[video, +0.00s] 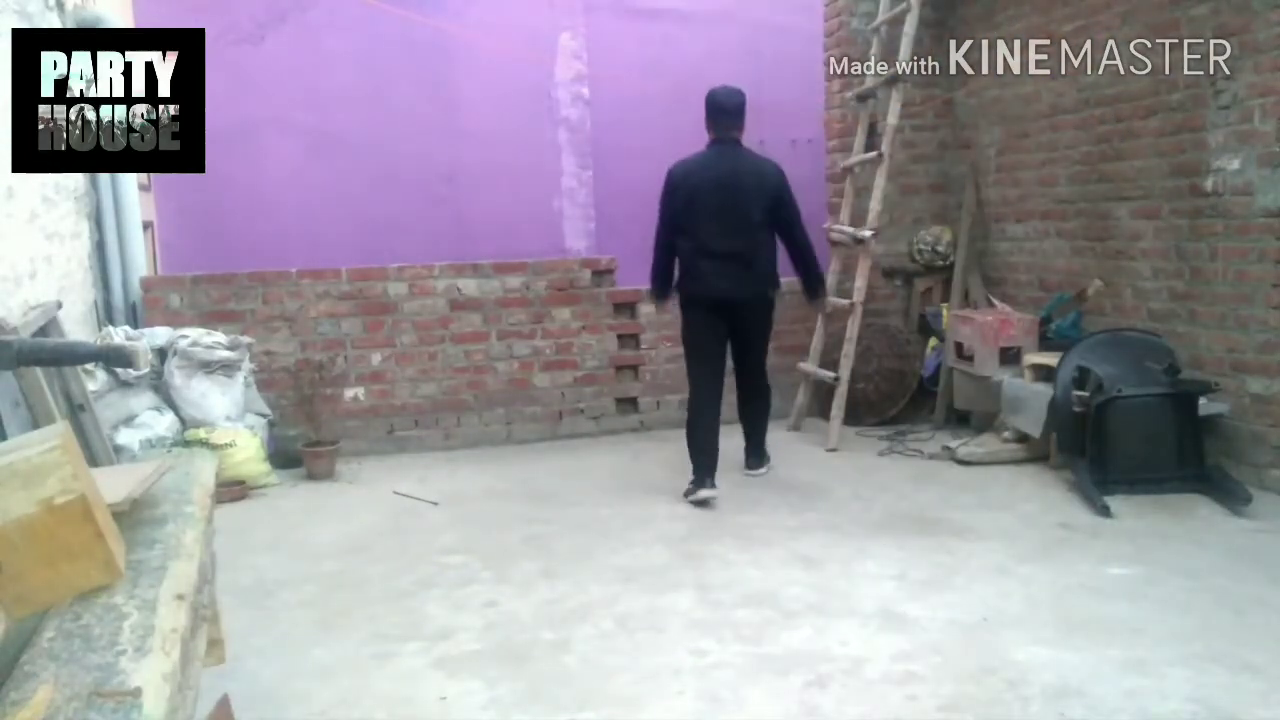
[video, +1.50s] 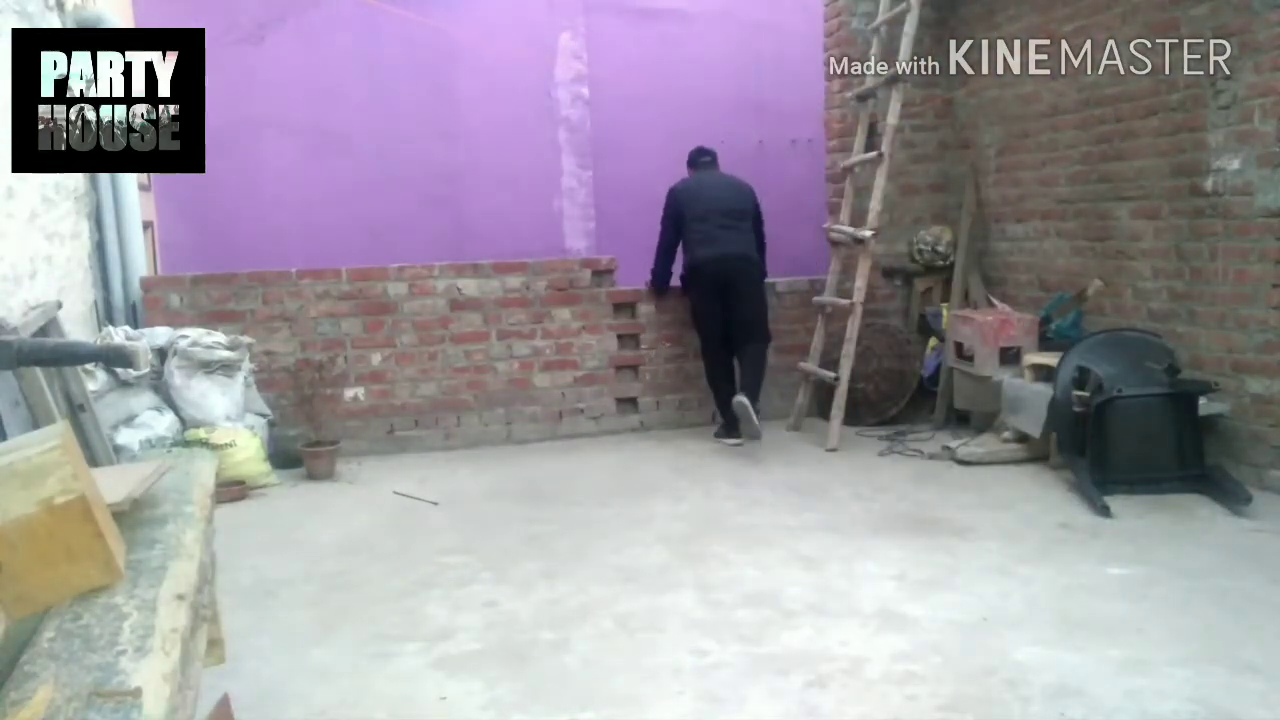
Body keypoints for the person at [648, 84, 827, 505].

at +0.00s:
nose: (722, 125)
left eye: (715, 116)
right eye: (734, 118)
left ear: (707, 121)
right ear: (743, 121)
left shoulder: (683, 174)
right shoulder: (767, 173)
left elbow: (666, 236)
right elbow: (794, 235)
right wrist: (814, 282)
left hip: (701, 297)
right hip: (754, 296)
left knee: (703, 383)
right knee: (753, 371)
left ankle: (703, 478)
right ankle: (755, 456)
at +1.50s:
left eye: (694, 167)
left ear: (690, 168)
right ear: (717, 165)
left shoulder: (680, 191)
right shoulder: (743, 187)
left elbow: (668, 241)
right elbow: (758, 235)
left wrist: (659, 282)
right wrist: (758, 270)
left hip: (703, 276)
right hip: (745, 272)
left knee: (715, 347)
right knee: (754, 338)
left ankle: (730, 425)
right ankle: (747, 397)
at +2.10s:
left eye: (687, 172)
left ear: (686, 171)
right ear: (712, 166)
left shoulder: (679, 189)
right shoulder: (740, 184)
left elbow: (669, 239)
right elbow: (752, 232)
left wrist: (659, 282)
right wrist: (757, 268)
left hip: (702, 273)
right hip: (742, 269)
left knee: (715, 344)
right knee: (755, 330)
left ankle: (730, 423)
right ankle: (737, 360)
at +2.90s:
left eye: (680, 175)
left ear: (681, 172)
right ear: (706, 167)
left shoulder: (675, 189)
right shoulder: (735, 185)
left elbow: (666, 239)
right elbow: (748, 231)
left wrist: (659, 282)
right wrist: (756, 269)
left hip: (697, 273)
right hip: (739, 269)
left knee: (710, 343)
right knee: (750, 332)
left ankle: (729, 422)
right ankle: (723, 361)